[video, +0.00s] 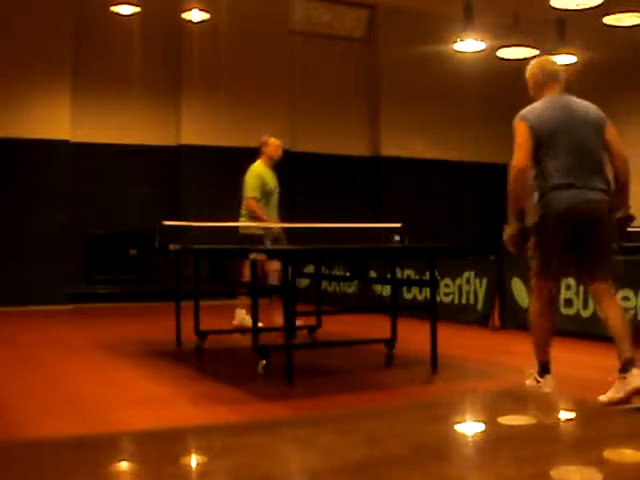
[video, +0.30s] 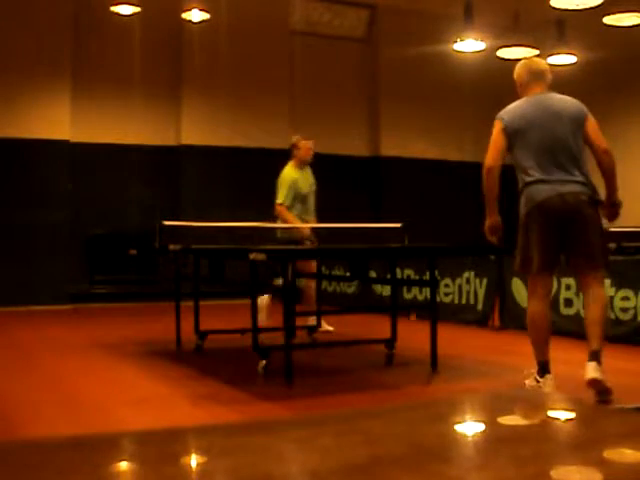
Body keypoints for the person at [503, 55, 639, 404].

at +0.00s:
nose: (528, 91)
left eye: (528, 86)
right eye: (530, 86)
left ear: (533, 85)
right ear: (561, 81)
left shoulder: (528, 116)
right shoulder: (593, 111)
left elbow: (520, 167)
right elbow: (621, 161)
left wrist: (514, 219)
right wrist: (622, 204)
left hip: (554, 210)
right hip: (597, 208)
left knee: (543, 291)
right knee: (602, 286)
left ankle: (542, 373)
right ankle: (628, 367)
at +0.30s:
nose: (515, 88)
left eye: (515, 83)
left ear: (519, 84)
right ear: (548, 79)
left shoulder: (507, 116)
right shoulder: (575, 107)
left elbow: (491, 166)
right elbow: (603, 153)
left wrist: (491, 213)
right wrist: (612, 195)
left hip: (537, 206)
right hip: (580, 203)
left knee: (538, 290)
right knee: (593, 282)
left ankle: (543, 373)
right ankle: (594, 361)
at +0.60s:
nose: (521, 83)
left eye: (522, 78)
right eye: (524, 77)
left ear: (526, 80)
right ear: (554, 79)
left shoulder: (511, 114)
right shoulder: (579, 110)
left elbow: (495, 165)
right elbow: (604, 158)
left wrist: (495, 211)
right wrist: (610, 205)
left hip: (532, 205)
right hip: (574, 205)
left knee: (536, 290)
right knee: (578, 288)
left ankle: (542, 374)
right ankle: (573, 375)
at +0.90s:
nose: (533, 82)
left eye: (532, 77)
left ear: (536, 80)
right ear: (565, 78)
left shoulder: (522, 113)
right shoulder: (590, 113)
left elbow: (508, 164)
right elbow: (609, 163)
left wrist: (503, 213)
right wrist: (620, 212)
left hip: (535, 204)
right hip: (578, 205)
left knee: (537, 291)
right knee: (578, 289)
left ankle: (542, 373)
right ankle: (574, 378)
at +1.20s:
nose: (543, 85)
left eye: (542, 80)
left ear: (543, 82)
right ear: (574, 80)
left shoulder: (531, 110)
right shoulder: (599, 114)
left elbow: (514, 158)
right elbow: (619, 168)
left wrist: (507, 207)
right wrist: (628, 217)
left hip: (542, 210)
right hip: (585, 211)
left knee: (538, 293)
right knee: (583, 292)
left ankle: (543, 374)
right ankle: (575, 380)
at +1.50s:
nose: (539, 85)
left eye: (538, 80)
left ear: (542, 80)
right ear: (572, 78)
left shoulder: (530, 108)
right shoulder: (597, 112)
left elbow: (512, 155)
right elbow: (617, 170)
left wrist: (504, 205)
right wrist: (621, 217)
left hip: (538, 210)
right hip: (582, 212)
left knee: (529, 293)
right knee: (583, 295)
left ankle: (527, 370)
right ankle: (574, 380)